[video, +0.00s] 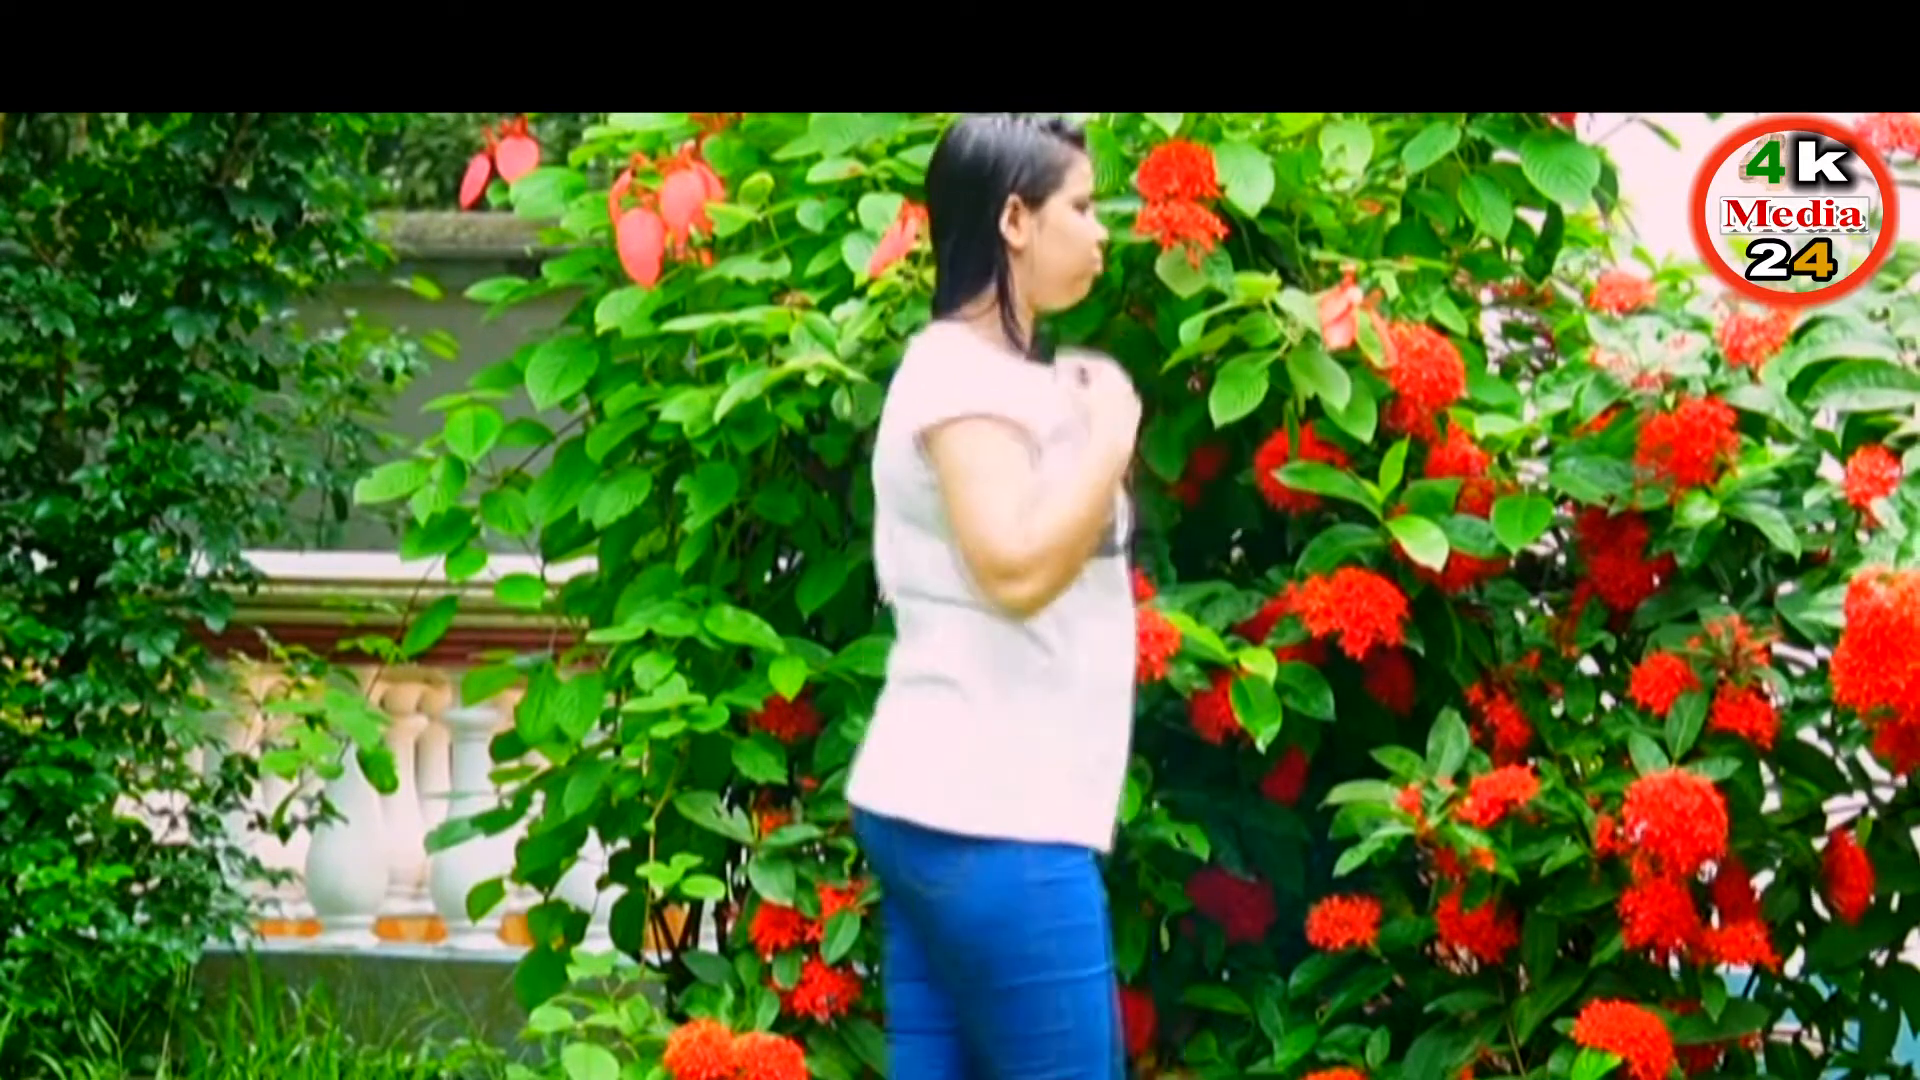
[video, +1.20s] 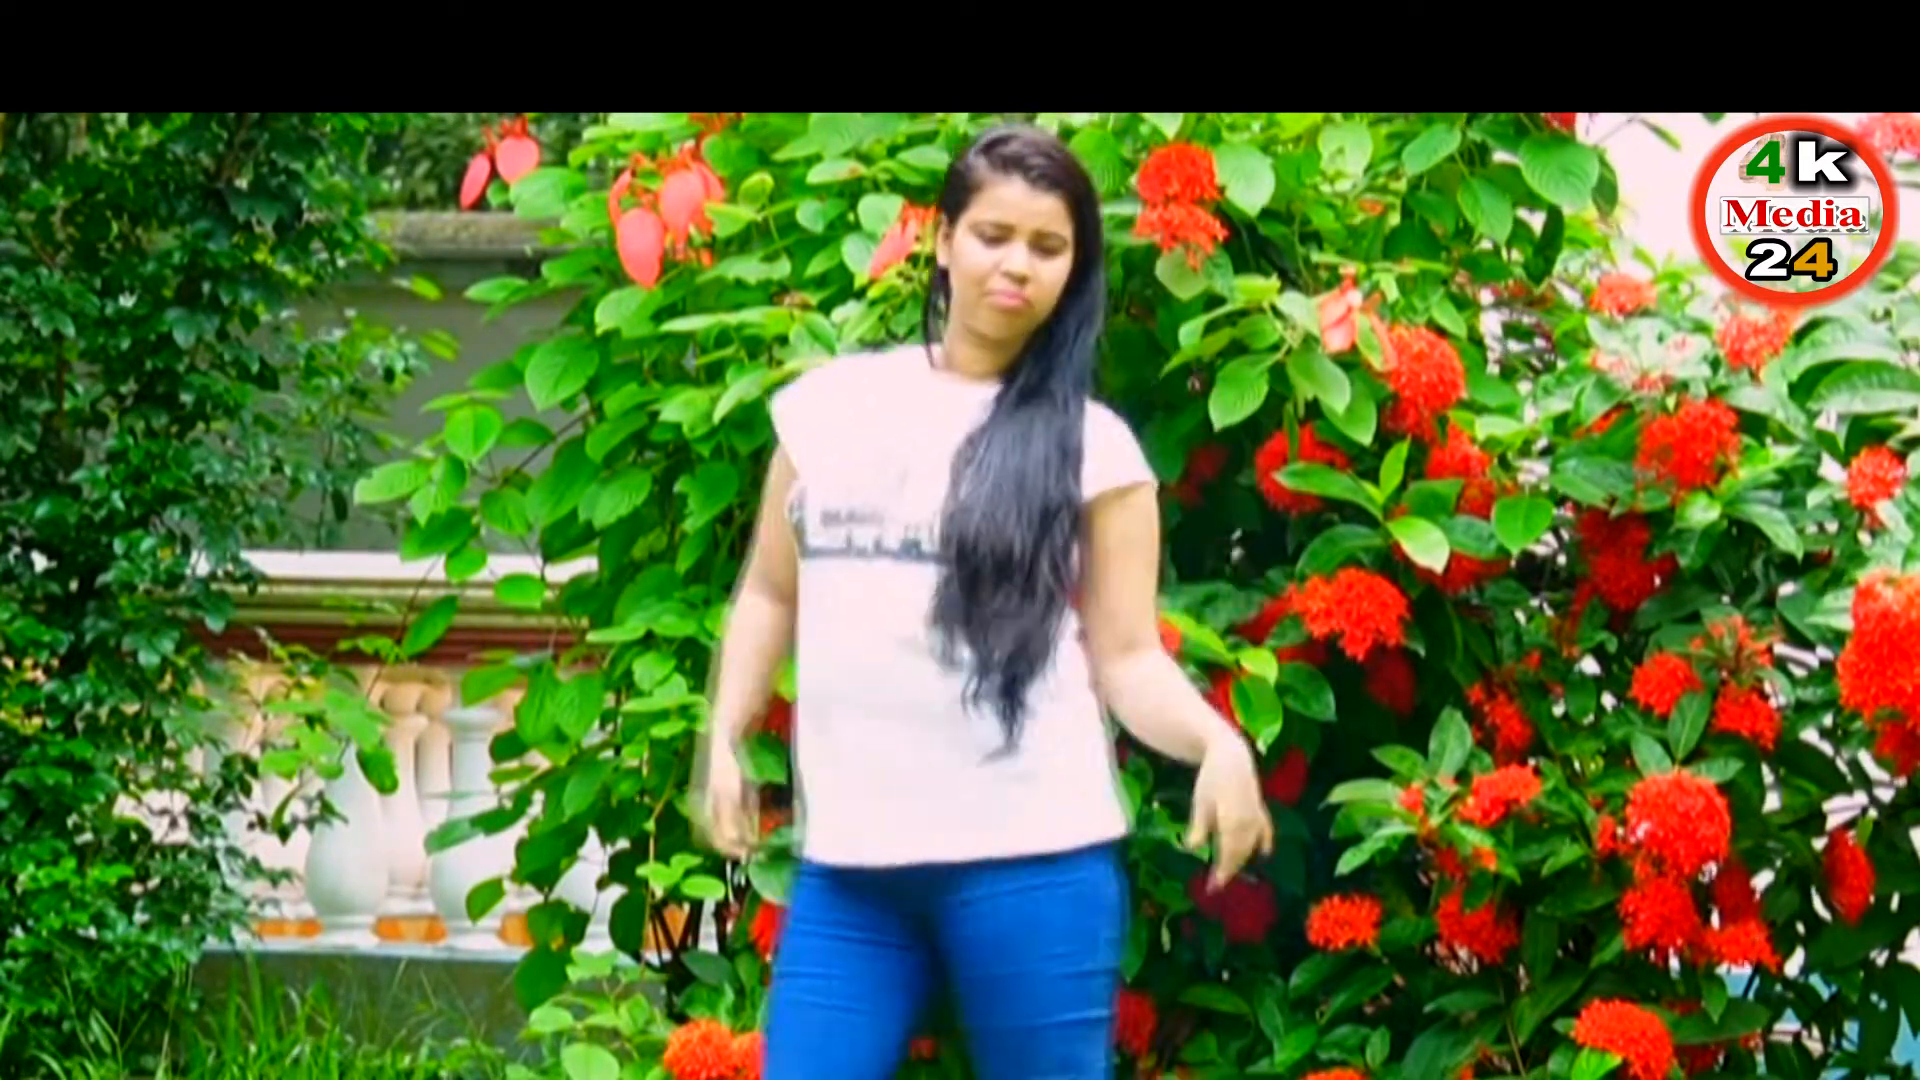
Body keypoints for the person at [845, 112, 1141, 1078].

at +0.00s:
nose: (1101, 233)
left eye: (1095, 208)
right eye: (1084, 208)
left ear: (1024, 229)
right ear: (1017, 224)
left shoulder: (999, 366)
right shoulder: (958, 365)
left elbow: (1018, 567)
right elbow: (1014, 570)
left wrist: (1092, 433)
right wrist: (1112, 431)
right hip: (992, 813)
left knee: (934, 1066)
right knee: (1070, 1065)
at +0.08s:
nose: (1107, 241)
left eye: (1101, 214)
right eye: (1088, 215)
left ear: (1023, 234)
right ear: (1012, 230)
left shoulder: (1045, 391)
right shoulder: (945, 385)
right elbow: (962, 592)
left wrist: (1139, 486)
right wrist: (1098, 462)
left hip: (1051, 818)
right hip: (982, 820)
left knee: (1060, 1061)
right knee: (1019, 1065)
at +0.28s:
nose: (1116, 263)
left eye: (1115, 239)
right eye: (1092, 236)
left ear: (1025, 250)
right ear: (1008, 246)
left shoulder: (1102, 419)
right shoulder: (922, 427)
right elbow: (880, 625)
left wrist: (1178, 609)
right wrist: (1048, 539)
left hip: (1124, 846)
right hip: (972, 844)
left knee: (1159, 1067)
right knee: (976, 1068)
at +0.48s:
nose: (1133, 239)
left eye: (1141, 217)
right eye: (1106, 212)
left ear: (1146, 232)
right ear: (1023, 219)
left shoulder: (1162, 397)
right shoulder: (915, 394)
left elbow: (1195, 579)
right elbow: (861, 596)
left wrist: (1243, 681)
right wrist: (1045, 558)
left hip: (1169, 814)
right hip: (989, 822)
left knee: (1137, 1068)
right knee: (1005, 1070)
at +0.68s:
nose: (1133, 241)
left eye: (1151, 220)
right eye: (1105, 214)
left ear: (1169, 240)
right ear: (1032, 226)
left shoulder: (1207, 409)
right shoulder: (935, 411)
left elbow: (1245, 613)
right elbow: (852, 610)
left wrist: (1337, 732)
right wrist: (987, 662)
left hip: (1179, 836)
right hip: (997, 846)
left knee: (1170, 1068)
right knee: (1001, 1068)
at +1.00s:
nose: (1069, 252)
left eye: (1097, 231)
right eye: (1045, 221)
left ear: (1122, 252)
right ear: (987, 226)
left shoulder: (1144, 399)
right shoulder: (885, 419)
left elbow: (1199, 587)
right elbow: (861, 611)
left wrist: (1226, 698)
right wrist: (865, 734)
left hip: (1137, 847)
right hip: (946, 854)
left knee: (1139, 1071)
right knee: (873, 1070)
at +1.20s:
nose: (1017, 267)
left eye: (1047, 247)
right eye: (994, 237)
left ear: (1077, 270)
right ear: (944, 241)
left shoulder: (1094, 443)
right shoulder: (825, 406)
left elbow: (1127, 651)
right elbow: (768, 591)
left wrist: (1217, 741)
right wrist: (724, 738)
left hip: (1034, 872)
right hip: (848, 869)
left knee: (1054, 1069)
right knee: (798, 1067)